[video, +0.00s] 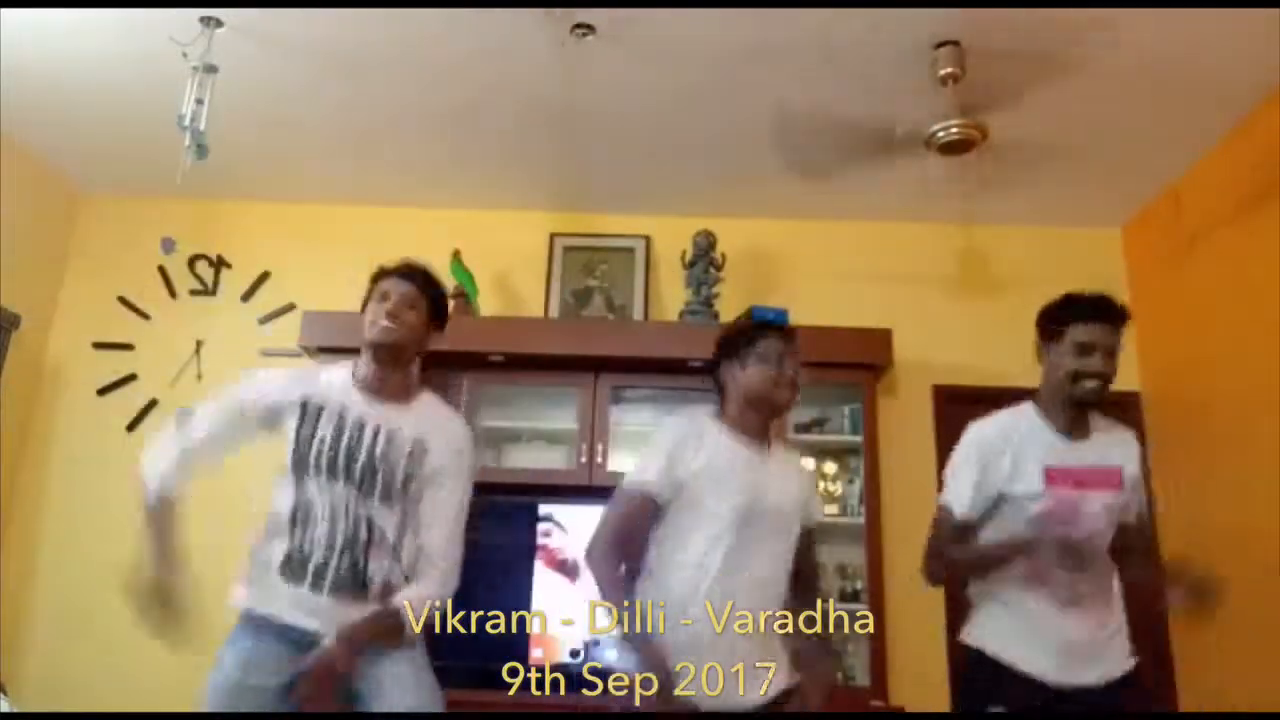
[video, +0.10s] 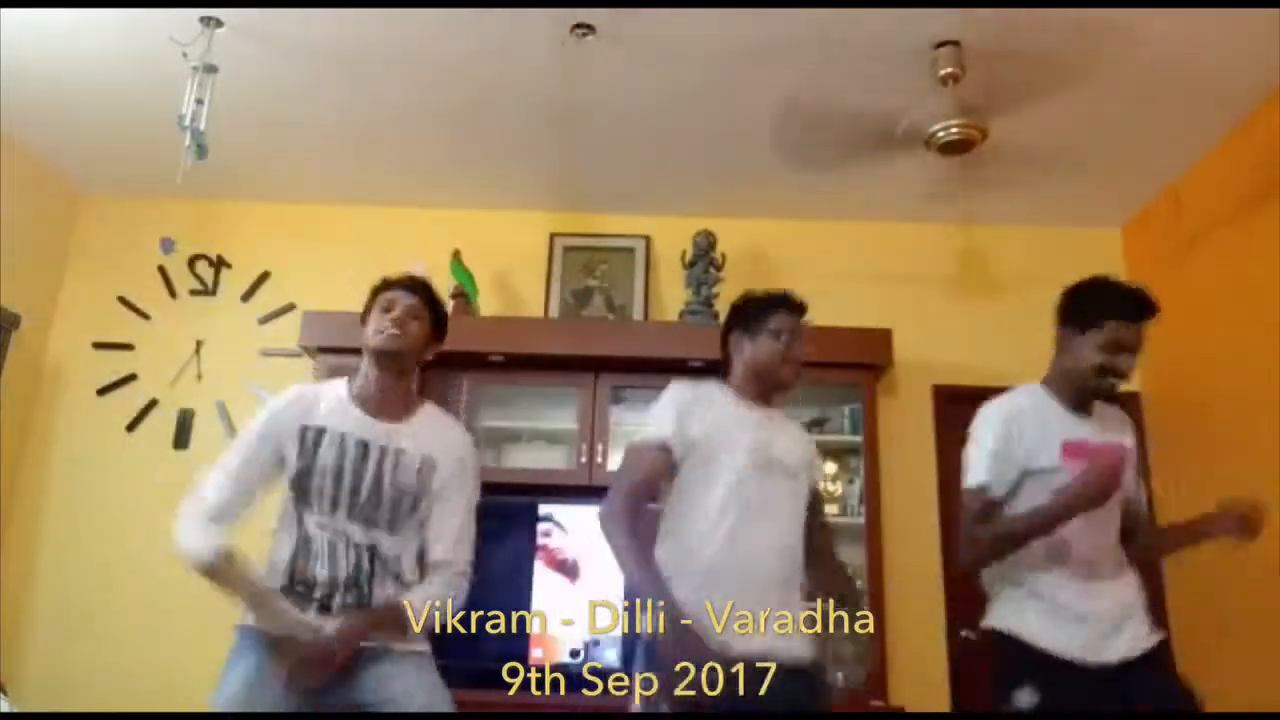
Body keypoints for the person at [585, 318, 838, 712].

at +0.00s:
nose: (787, 374)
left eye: (791, 363)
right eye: (769, 360)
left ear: (797, 376)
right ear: (729, 371)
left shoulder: (797, 475)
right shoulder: (686, 437)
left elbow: (804, 593)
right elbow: (603, 550)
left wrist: (814, 668)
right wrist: (640, 644)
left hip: (762, 688)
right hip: (670, 686)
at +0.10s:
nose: (795, 352)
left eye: (798, 341)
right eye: (781, 337)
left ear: (799, 350)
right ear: (738, 343)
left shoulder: (799, 441)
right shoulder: (689, 402)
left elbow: (819, 555)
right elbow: (617, 512)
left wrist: (861, 619)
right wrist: (669, 624)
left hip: (787, 671)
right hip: (695, 666)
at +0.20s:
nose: (810, 341)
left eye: (813, 330)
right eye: (795, 325)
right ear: (748, 329)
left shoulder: (803, 423)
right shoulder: (696, 387)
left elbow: (828, 546)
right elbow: (629, 497)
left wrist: (898, 617)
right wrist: (665, 581)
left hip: (803, 644)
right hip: (709, 638)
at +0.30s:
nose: (831, 379)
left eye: (836, 366)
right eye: (824, 360)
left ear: (787, 352)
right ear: (775, 345)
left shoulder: (814, 443)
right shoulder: (707, 410)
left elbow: (845, 581)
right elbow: (668, 525)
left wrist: (943, 642)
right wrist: (600, 573)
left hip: (851, 653)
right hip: (762, 646)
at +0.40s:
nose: (833, 416)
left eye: (841, 404)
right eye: (827, 397)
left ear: (843, 399)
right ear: (780, 379)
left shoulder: (822, 476)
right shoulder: (714, 449)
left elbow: (857, 602)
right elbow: (680, 555)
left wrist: (950, 657)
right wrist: (581, 604)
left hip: (870, 689)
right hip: (778, 684)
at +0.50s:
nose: (842, 402)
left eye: (849, 390)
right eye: (829, 386)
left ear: (853, 399)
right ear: (784, 388)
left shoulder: (848, 495)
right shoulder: (733, 459)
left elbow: (889, 610)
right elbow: (690, 562)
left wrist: (979, 664)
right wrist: (607, 622)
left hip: (868, 691)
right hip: (779, 683)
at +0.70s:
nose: (843, 299)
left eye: (855, 293)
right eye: (823, 290)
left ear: (865, 315)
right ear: (790, 314)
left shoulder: (870, 408)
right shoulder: (738, 381)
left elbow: (882, 540)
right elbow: (660, 495)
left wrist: (948, 656)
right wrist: (705, 620)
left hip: (842, 651)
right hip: (740, 649)